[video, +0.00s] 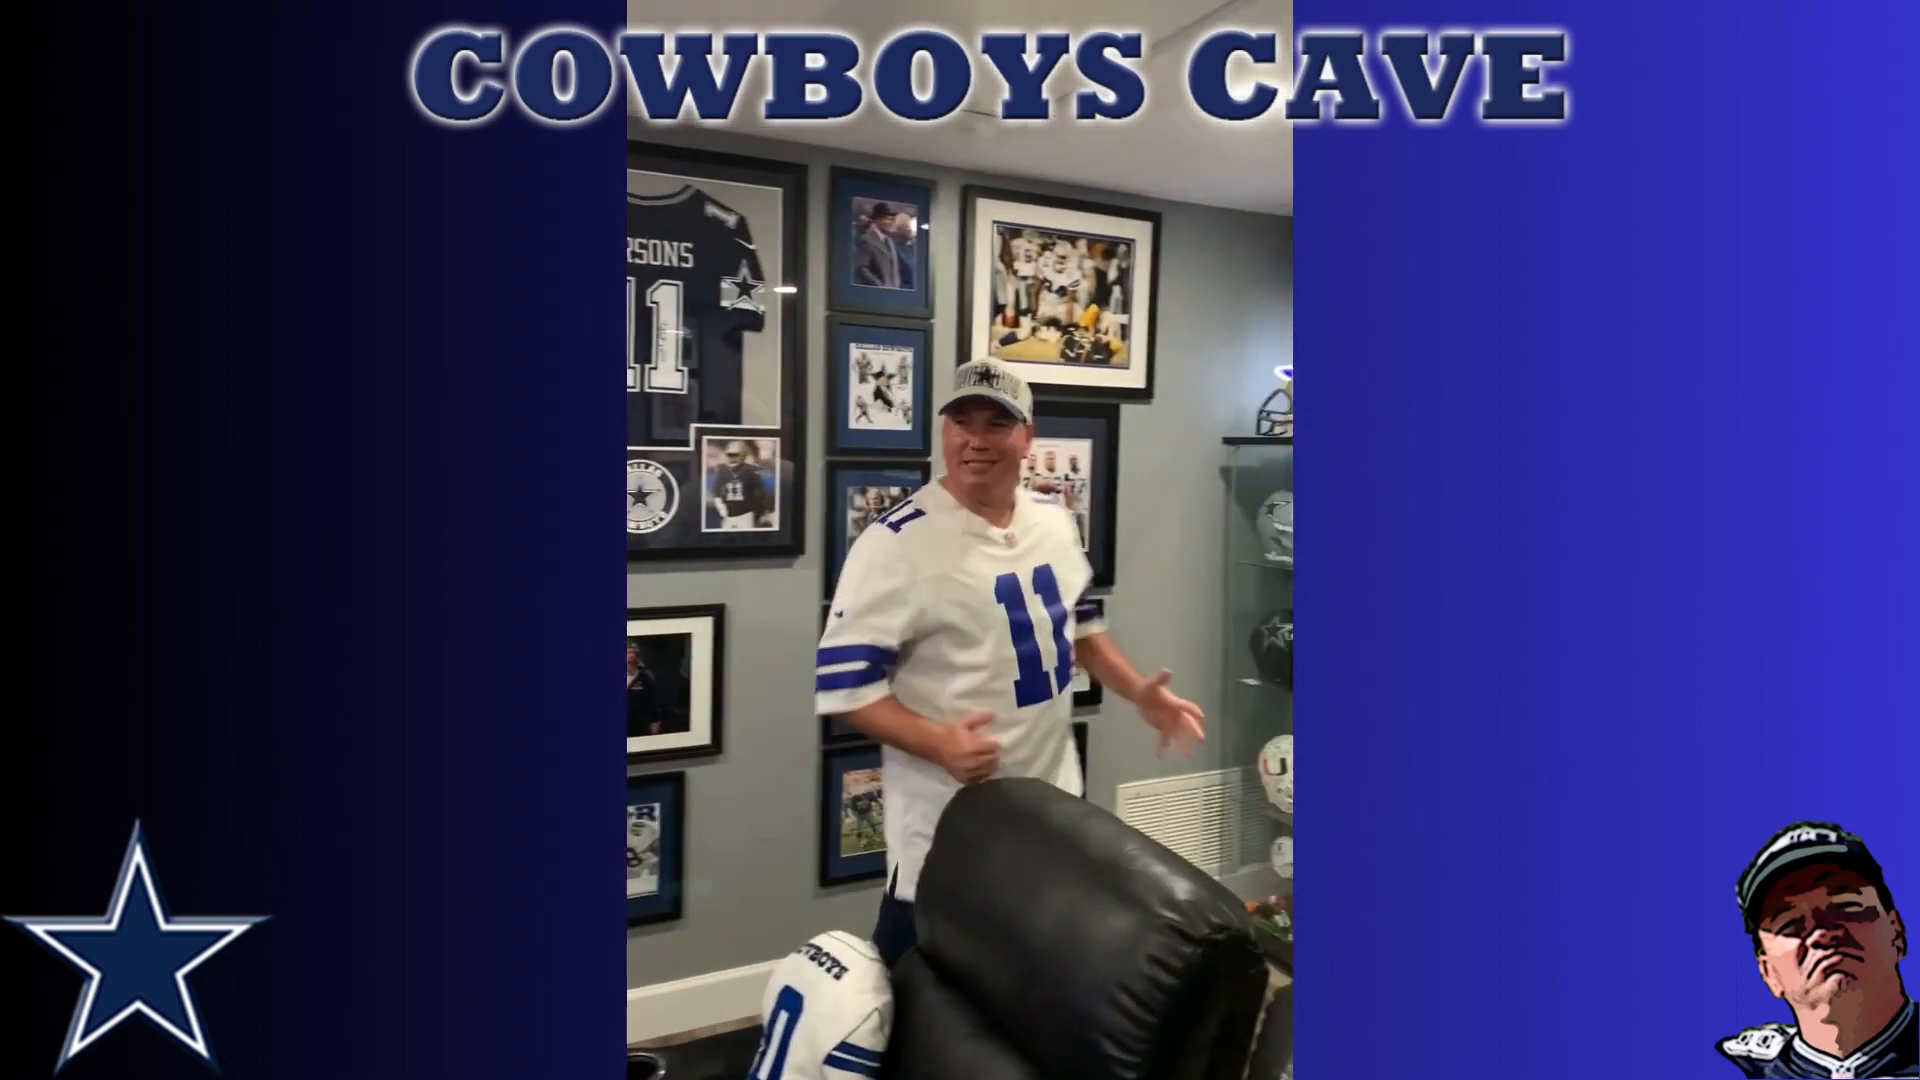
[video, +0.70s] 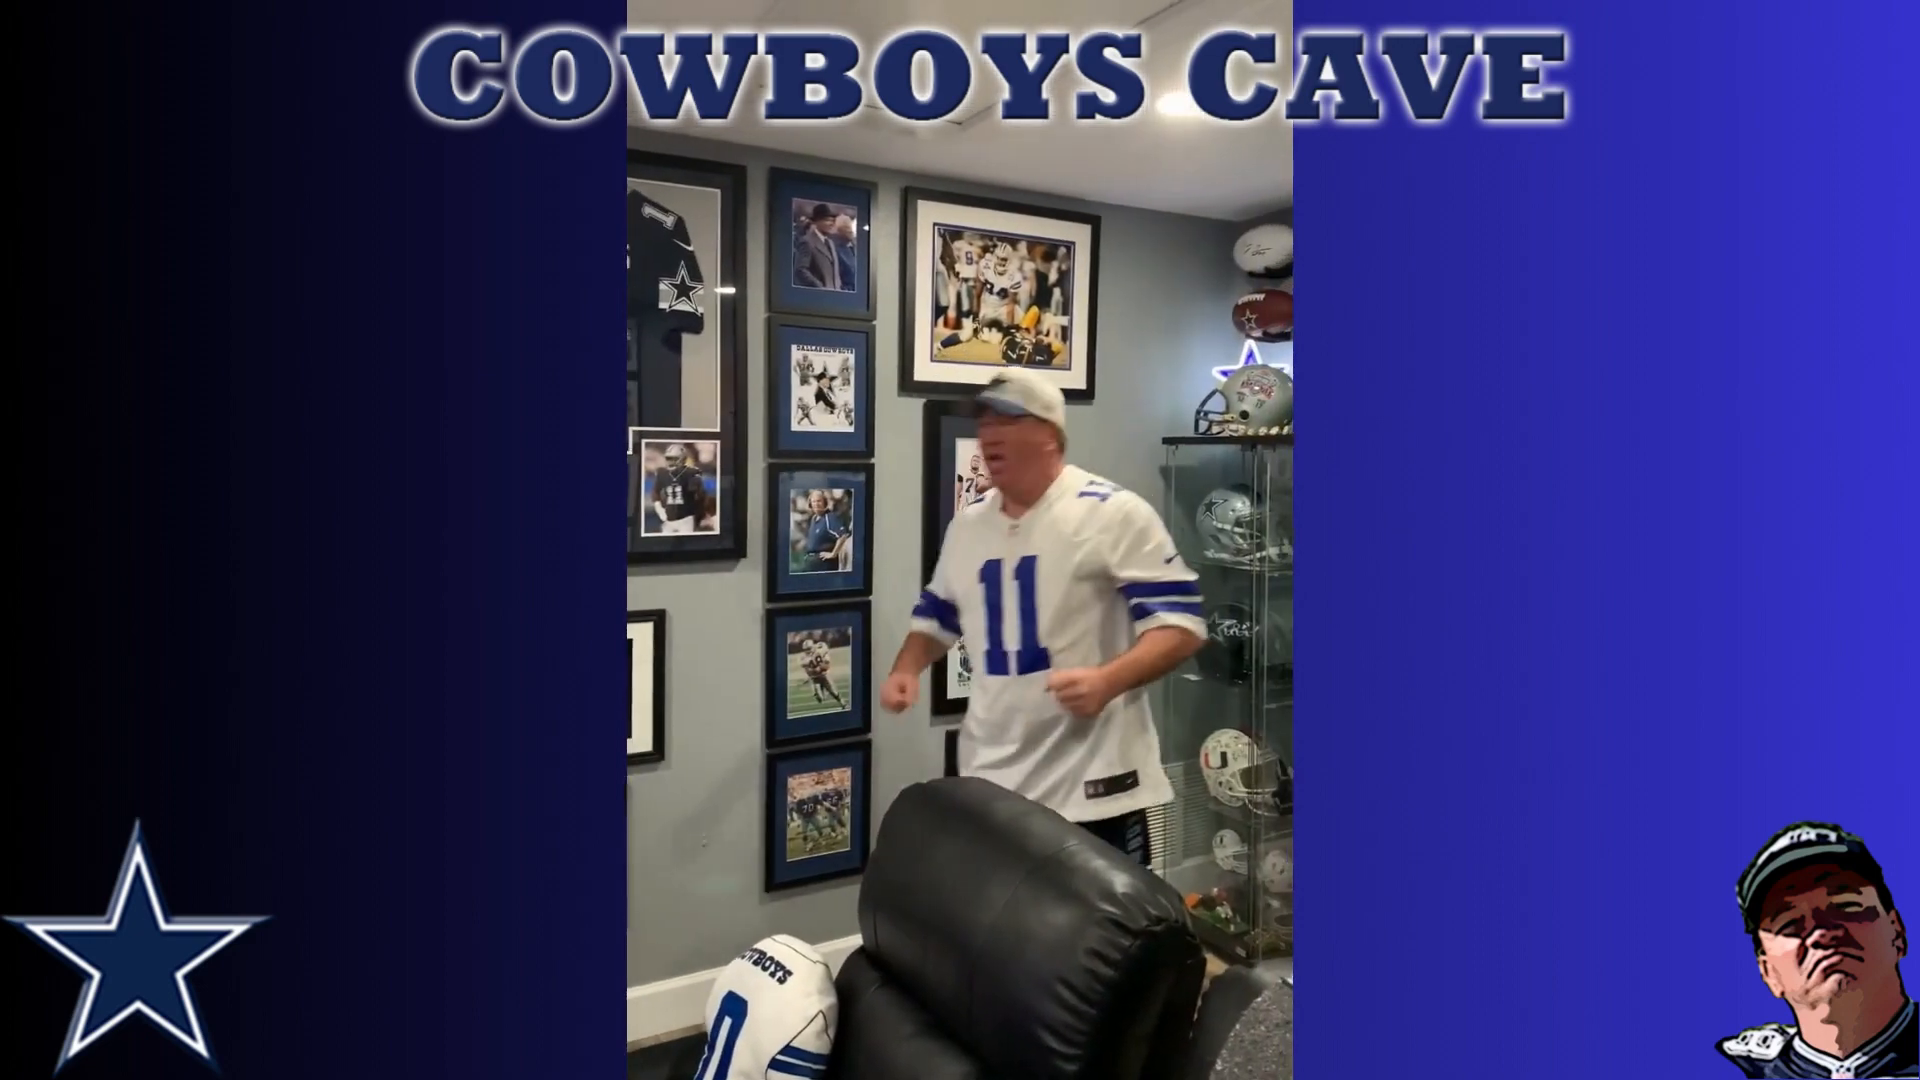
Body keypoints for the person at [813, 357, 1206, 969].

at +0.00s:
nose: (976, 439)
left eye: (997, 423)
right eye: (962, 422)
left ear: (1027, 440)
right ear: (941, 433)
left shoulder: (1054, 525)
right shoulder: (895, 546)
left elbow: (1081, 630)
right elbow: (846, 686)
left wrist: (1137, 690)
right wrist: (937, 740)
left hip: (1051, 822)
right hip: (944, 832)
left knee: (1050, 983)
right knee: (933, 996)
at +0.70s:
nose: (988, 435)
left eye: (1005, 419)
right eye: (983, 421)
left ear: (1049, 435)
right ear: (976, 434)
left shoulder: (1115, 515)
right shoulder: (968, 527)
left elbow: (1182, 626)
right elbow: (937, 618)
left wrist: (1108, 681)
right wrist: (906, 669)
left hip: (1095, 796)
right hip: (994, 794)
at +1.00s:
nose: (1095, 415)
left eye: (1110, 405)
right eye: (1081, 404)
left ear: (1132, 429)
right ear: (1062, 427)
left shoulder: (1175, 515)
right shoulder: (1007, 509)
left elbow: (1212, 619)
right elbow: (957, 595)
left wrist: (1187, 649)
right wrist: (979, 626)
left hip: (1131, 773)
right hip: (1023, 771)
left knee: (1131, 937)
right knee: (1024, 931)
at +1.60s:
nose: (1013, 417)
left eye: (1029, 406)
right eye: (1001, 407)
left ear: (1053, 431)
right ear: (984, 430)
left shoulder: (1101, 517)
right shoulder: (954, 518)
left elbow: (1155, 625)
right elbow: (935, 607)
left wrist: (1119, 691)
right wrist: (912, 661)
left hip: (1070, 785)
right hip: (965, 780)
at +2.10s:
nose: (901, 406)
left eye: (917, 393)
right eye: (886, 393)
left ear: (941, 413)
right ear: (866, 415)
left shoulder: (993, 503)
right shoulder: (837, 505)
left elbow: (1048, 614)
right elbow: (820, 599)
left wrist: (1004, 679)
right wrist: (789, 656)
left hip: (958, 769)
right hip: (866, 769)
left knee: (961, 932)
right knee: (883, 927)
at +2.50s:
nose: (830, 440)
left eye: (846, 423)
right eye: (826, 425)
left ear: (895, 427)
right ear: (823, 433)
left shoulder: (962, 522)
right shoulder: (836, 515)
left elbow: (1019, 652)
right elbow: (824, 621)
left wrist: (940, 725)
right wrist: (775, 673)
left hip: (916, 812)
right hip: (861, 807)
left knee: (848, 979)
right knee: (926, 969)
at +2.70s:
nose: (806, 427)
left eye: (825, 411)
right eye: (803, 412)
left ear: (876, 418)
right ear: (801, 419)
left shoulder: (927, 517)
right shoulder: (836, 504)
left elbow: (965, 668)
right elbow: (826, 620)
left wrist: (853, 730)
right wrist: (760, 665)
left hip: (880, 811)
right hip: (836, 804)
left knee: (838, 999)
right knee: (879, 996)